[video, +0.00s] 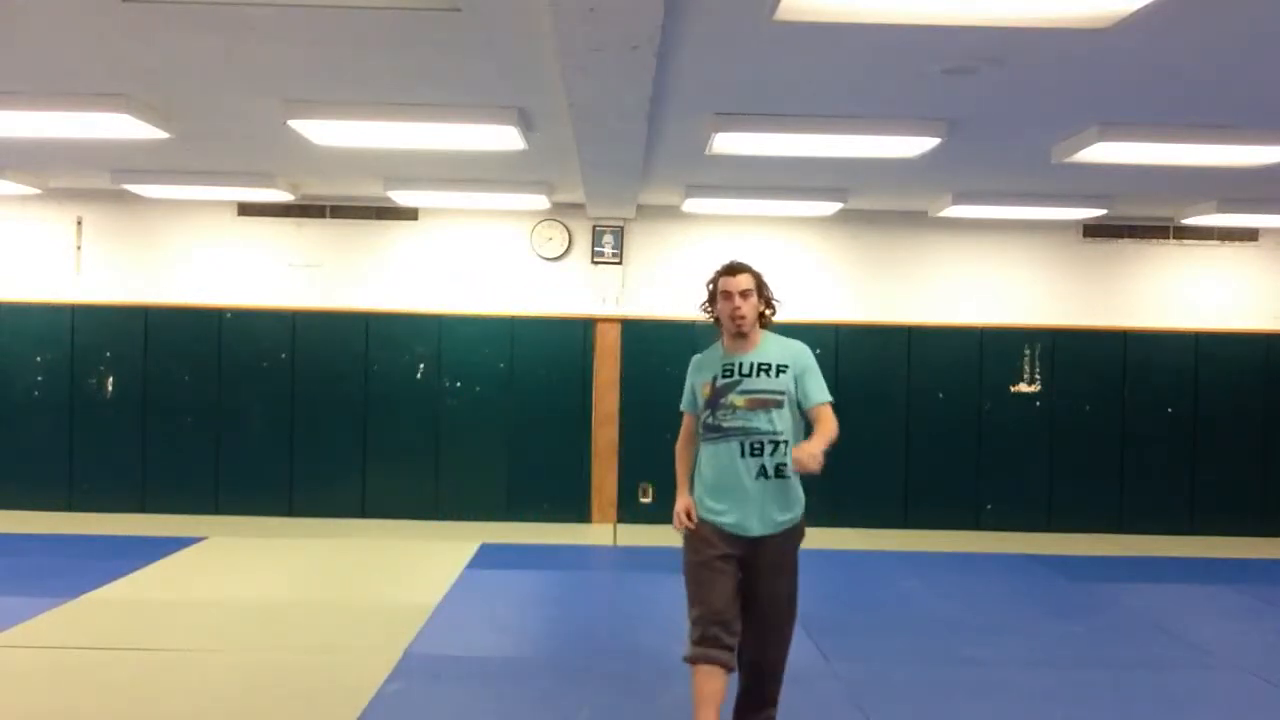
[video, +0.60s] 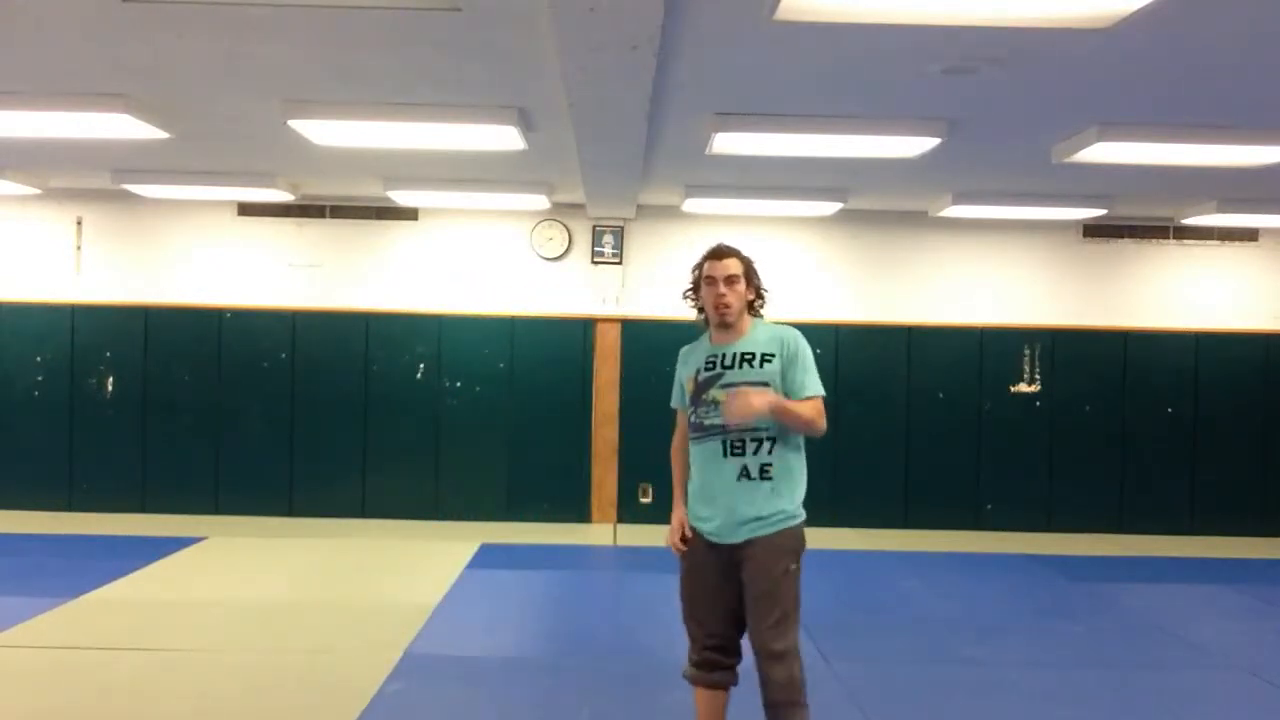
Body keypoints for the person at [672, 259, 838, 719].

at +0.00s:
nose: (737, 305)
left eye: (745, 294)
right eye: (727, 297)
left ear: (762, 301)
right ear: (715, 306)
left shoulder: (795, 355)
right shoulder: (701, 364)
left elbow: (826, 420)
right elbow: (688, 435)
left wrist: (814, 446)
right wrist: (682, 491)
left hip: (776, 523)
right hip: (711, 521)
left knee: (768, 647)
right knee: (711, 637)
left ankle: (756, 716)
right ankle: (706, 718)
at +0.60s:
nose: (721, 292)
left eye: (731, 281)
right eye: (710, 283)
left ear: (750, 290)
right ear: (699, 295)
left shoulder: (786, 342)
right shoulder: (689, 356)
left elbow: (815, 419)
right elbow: (682, 434)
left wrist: (769, 403)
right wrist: (679, 504)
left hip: (771, 524)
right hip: (704, 526)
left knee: (775, 652)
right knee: (709, 655)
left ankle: (788, 718)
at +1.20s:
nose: (754, 287)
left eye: (765, 278)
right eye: (743, 278)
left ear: (783, 289)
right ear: (731, 293)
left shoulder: (816, 338)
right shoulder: (726, 360)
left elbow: (859, 413)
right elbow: (733, 439)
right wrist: (728, 509)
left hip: (815, 528)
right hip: (749, 531)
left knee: (810, 671)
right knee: (762, 672)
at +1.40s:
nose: (780, 288)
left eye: (791, 279)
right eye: (770, 279)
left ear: (806, 290)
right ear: (753, 292)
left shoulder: (841, 348)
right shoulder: (741, 361)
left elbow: (881, 426)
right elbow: (739, 439)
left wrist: (876, 508)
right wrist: (734, 505)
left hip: (835, 535)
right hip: (763, 535)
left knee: (850, 668)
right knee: (766, 668)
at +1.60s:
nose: (829, 288)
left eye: (839, 280)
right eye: (817, 278)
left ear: (851, 293)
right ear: (796, 291)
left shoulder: (880, 355)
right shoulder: (770, 360)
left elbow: (911, 430)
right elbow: (751, 436)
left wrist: (903, 505)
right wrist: (745, 506)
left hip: (861, 535)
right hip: (783, 536)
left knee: (903, 671)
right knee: (776, 669)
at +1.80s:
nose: (900, 299)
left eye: (909, 290)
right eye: (887, 290)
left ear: (919, 303)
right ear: (863, 302)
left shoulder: (943, 370)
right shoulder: (826, 368)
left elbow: (958, 443)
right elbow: (786, 441)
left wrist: (957, 504)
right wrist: (795, 509)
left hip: (910, 548)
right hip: (828, 547)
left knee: (950, 676)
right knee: (794, 677)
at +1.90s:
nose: (942, 301)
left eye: (950, 292)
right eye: (928, 292)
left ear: (960, 304)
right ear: (904, 305)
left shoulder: (976, 375)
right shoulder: (867, 366)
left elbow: (989, 450)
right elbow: (817, 442)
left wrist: (996, 501)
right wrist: (839, 506)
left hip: (934, 557)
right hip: (853, 554)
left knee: (971, 696)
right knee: (810, 682)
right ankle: (794, 708)